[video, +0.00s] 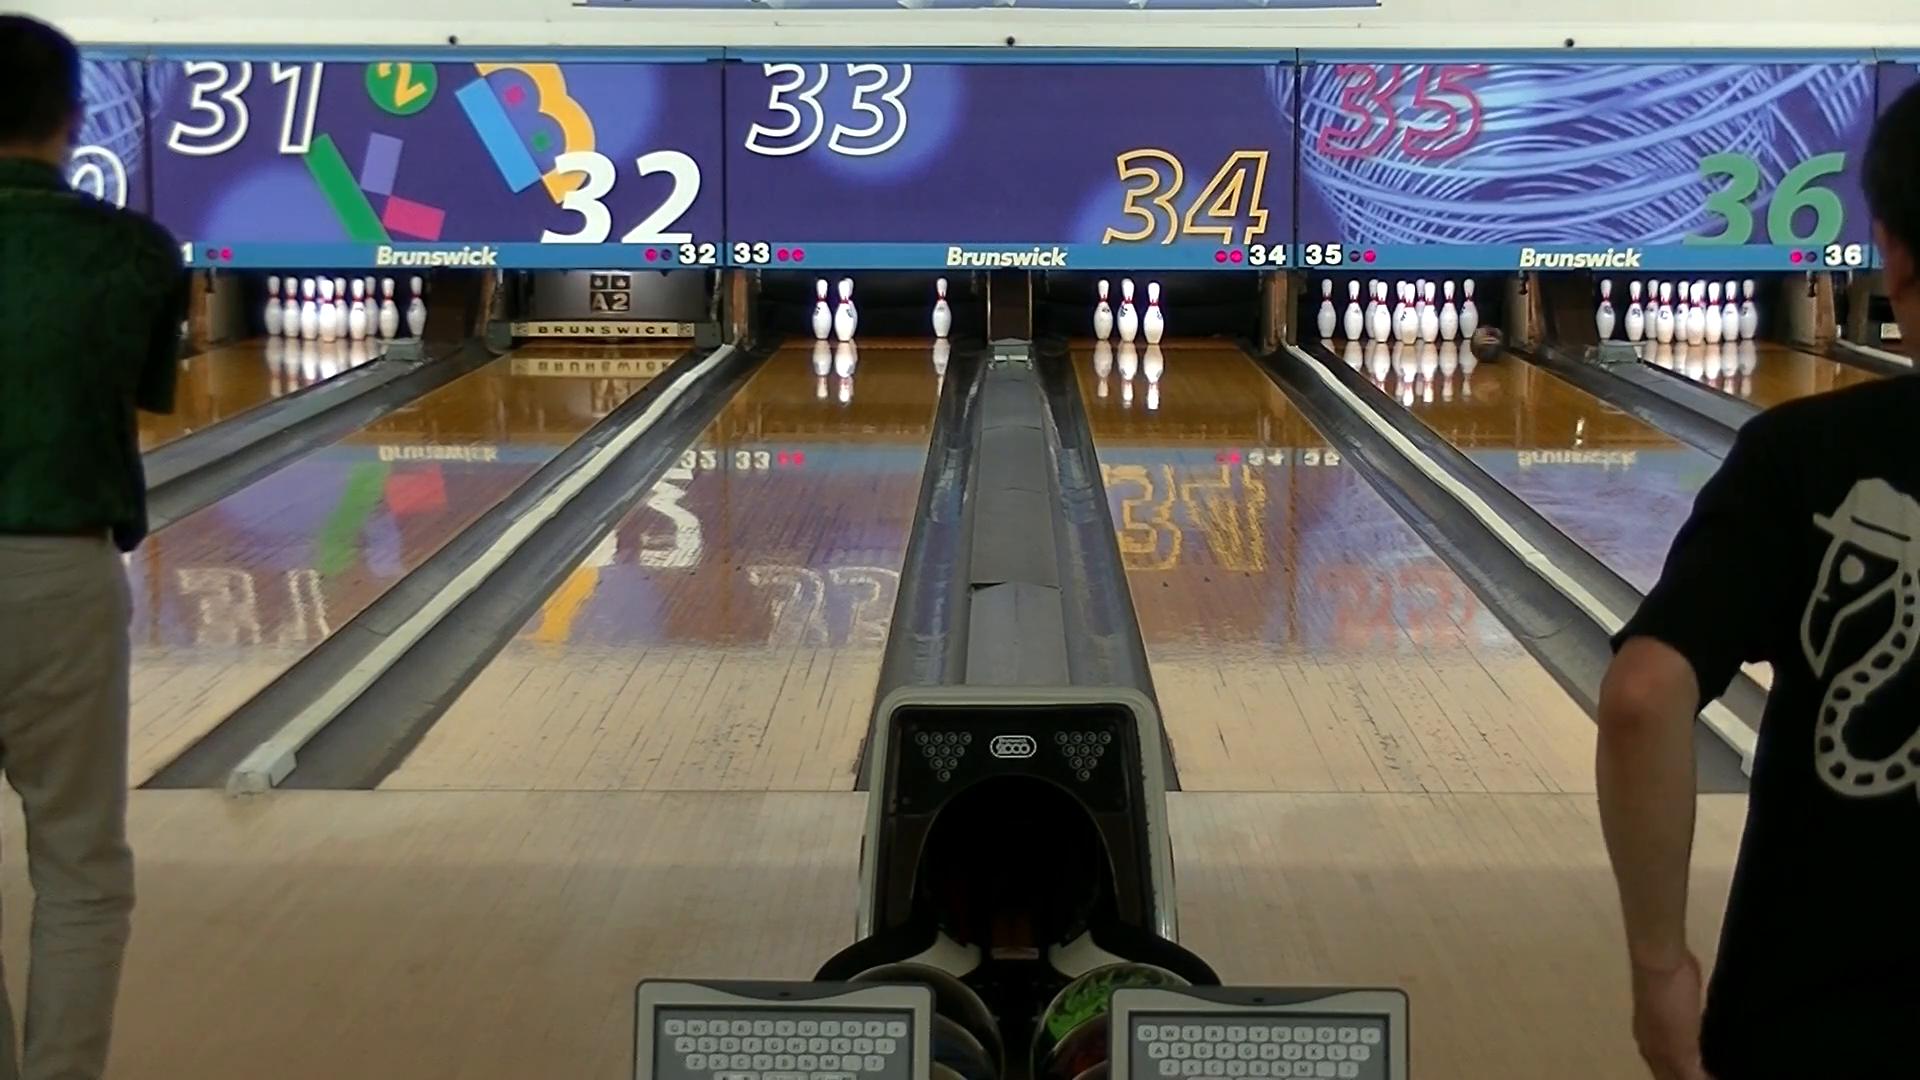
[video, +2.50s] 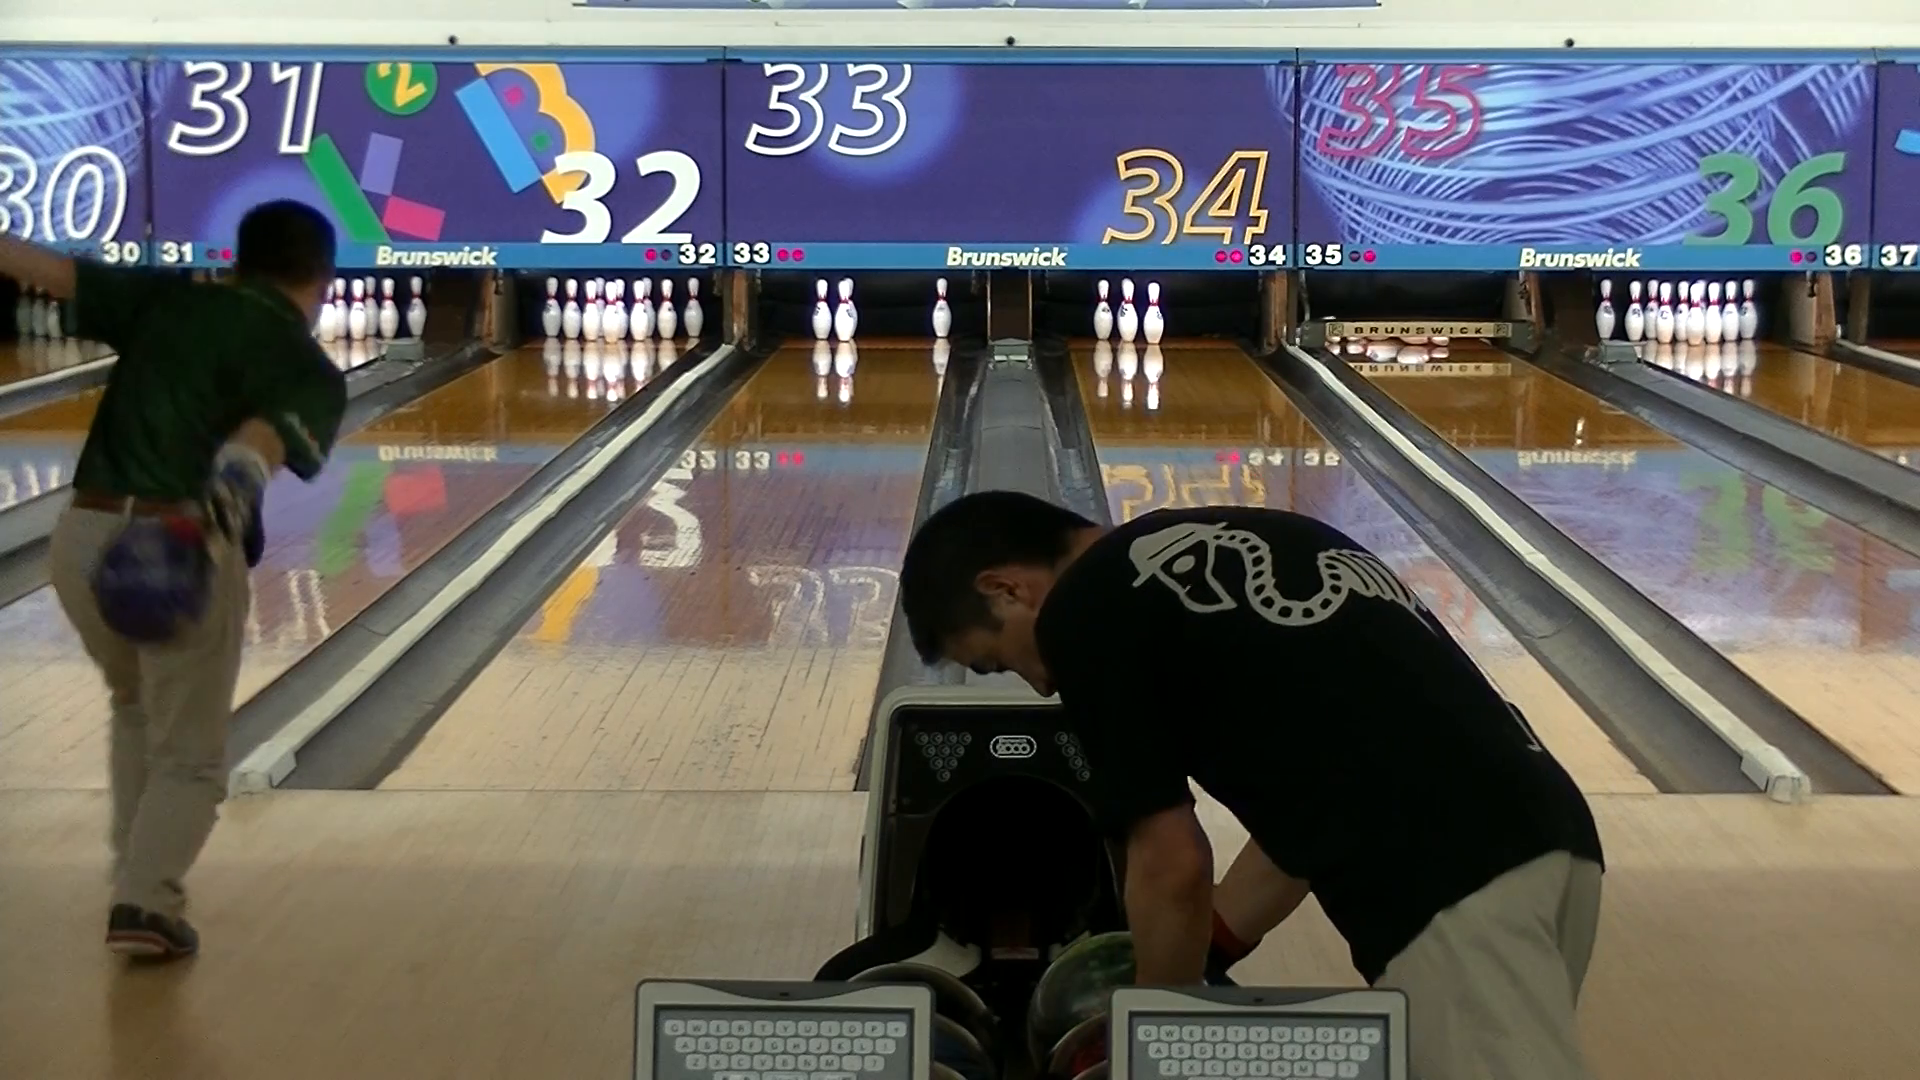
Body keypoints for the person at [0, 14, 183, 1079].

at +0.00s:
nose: (59, 121)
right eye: (64, 103)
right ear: (66, 117)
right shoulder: (124, 247)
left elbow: (154, 390)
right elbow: (155, 390)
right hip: (52, 575)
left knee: (68, 864)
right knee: (79, 870)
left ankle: (38, 1061)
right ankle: (59, 1070)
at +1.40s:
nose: (181, 197)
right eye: (178, 185)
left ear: (68, 186)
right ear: (171, 190)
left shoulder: (12, 271)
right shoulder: (203, 297)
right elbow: (199, 424)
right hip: (106, 574)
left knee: (7, 822)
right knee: (118, 813)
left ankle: (10, 1040)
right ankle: (92, 1025)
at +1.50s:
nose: (188, 214)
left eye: (86, 192)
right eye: (188, 200)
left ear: (85, 200)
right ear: (186, 205)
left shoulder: (20, 278)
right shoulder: (212, 308)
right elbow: (201, 469)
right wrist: (197, 591)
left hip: (1, 560)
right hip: (108, 565)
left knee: (12, 806)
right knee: (121, 808)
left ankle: (9, 1007)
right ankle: (94, 1023)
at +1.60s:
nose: (203, 228)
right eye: (203, 215)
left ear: (97, 209)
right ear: (193, 216)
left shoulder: (26, 278)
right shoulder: (210, 312)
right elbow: (211, 490)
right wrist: (227, 634)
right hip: (99, 545)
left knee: (17, 784)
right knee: (119, 798)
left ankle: (12, 1010)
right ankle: (94, 1021)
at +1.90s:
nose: (235, 242)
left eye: (230, 228)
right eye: (235, 228)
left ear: (132, 217)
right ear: (222, 224)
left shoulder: (55, 277)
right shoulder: (228, 303)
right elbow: (217, 417)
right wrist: (206, 512)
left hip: (4, 513)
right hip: (105, 515)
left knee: (47, 776)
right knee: (131, 777)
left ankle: (70, 991)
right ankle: (92, 1005)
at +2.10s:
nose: (255, 219)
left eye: (251, 206)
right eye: (254, 205)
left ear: (153, 196)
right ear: (241, 202)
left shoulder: (74, 264)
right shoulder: (252, 271)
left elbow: (2, 342)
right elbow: (226, 328)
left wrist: (38, 407)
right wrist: (151, 393)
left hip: (23, 500)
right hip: (145, 499)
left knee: (56, 759)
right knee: (179, 714)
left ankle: (75, 980)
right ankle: (148, 897)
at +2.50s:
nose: (323, 292)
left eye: (322, 280)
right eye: (324, 280)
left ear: (240, 264)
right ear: (315, 282)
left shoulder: (166, 295)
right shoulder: (307, 364)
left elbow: (47, 267)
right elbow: (261, 439)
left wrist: (4, 247)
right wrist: (239, 481)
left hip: (81, 538)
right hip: (184, 548)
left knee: (133, 705)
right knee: (190, 758)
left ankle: (137, 878)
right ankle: (146, 900)